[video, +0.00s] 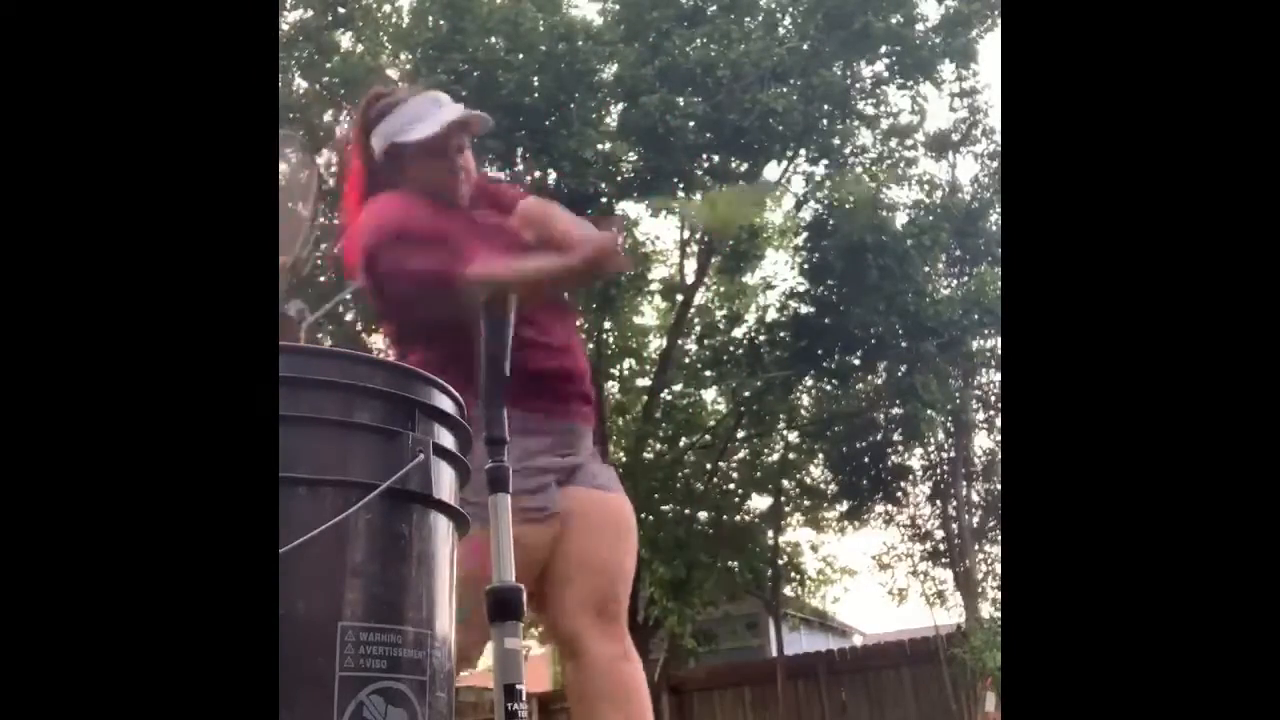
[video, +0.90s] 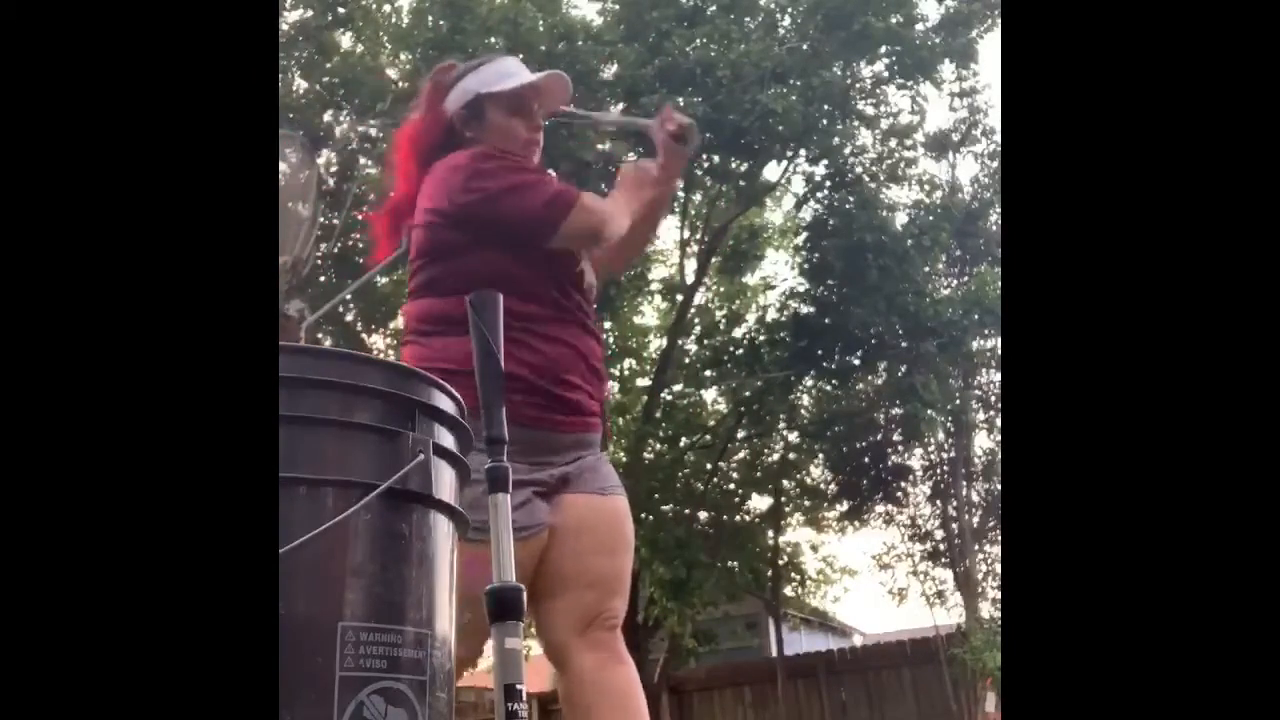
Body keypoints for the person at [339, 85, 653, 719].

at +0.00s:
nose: (459, 158)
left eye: (463, 141)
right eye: (436, 149)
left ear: (473, 142)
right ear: (393, 165)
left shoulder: (496, 200)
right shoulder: (390, 221)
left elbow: (581, 238)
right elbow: (463, 279)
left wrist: (573, 239)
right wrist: (577, 263)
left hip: (575, 445)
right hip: (483, 450)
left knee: (601, 632)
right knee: (447, 648)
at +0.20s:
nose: (496, 125)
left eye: (492, 115)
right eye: (479, 116)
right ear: (436, 129)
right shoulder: (453, 186)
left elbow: (559, 216)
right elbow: (599, 136)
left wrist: (610, 169)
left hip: (581, 457)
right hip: (495, 454)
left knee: (593, 637)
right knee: (461, 659)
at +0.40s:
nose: (528, 114)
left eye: (523, 103)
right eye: (509, 105)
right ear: (469, 121)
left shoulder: (447, 199)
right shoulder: (515, 160)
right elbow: (623, 162)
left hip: (586, 457)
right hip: (501, 455)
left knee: (593, 641)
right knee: (459, 658)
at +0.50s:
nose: (537, 118)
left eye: (533, 108)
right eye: (519, 108)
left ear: (471, 126)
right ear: (479, 120)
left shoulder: (441, 188)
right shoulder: (536, 166)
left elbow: (419, 245)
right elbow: (639, 175)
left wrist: (405, 157)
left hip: (581, 452)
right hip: (494, 450)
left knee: (594, 639)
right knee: (457, 656)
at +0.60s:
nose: (539, 122)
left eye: (537, 111)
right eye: (520, 111)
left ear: (466, 127)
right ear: (477, 122)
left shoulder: (456, 192)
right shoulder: (519, 166)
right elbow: (633, 184)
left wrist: (430, 121)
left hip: (582, 456)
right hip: (494, 452)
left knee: (594, 641)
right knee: (447, 663)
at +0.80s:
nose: (532, 128)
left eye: (534, 116)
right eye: (513, 114)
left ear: (535, 121)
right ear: (467, 123)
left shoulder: (521, 186)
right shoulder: (470, 178)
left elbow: (577, 201)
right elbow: (607, 213)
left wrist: (624, 134)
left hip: (577, 455)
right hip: (491, 454)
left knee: (592, 639)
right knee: (444, 656)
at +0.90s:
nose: (536, 124)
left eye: (538, 112)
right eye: (517, 111)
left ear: (542, 117)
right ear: (468, 121)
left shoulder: (541, 199)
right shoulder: (465, 177)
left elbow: (604, 260)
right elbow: (599, 223)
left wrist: (665, 178)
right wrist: (631, 189)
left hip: (576, 454)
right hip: (480, 456)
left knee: (596, 638)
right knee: (440, 659)